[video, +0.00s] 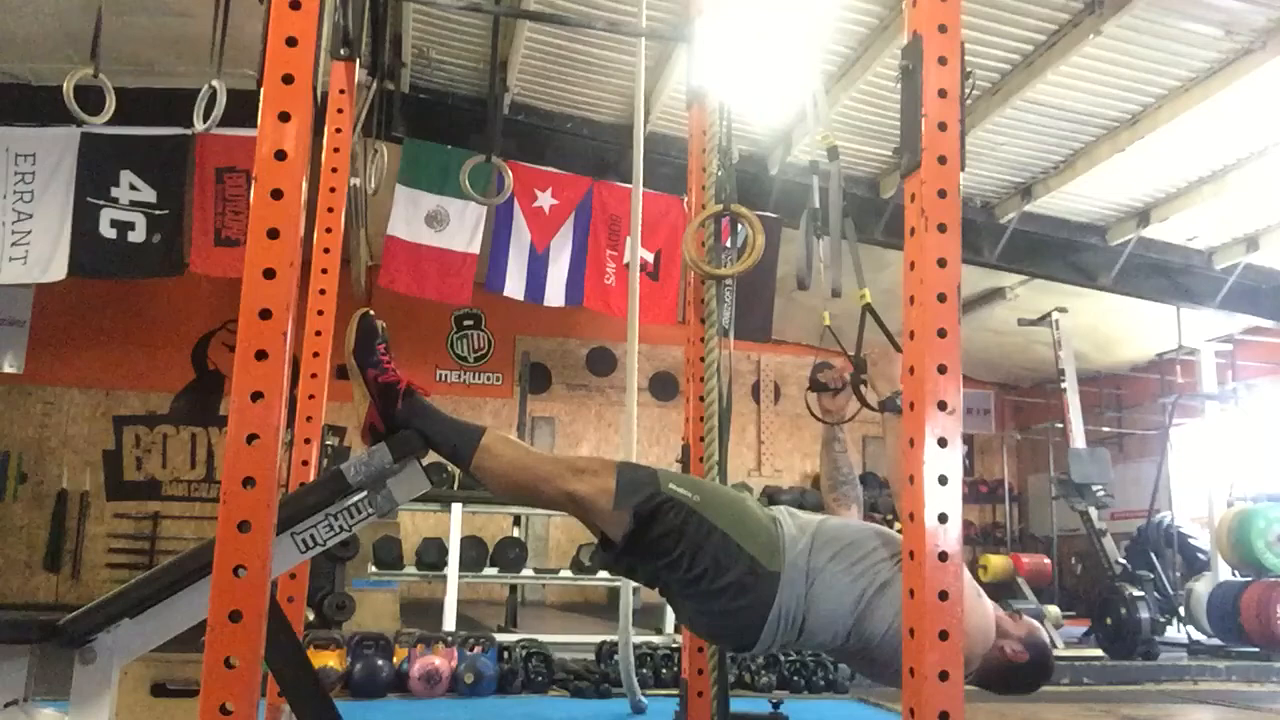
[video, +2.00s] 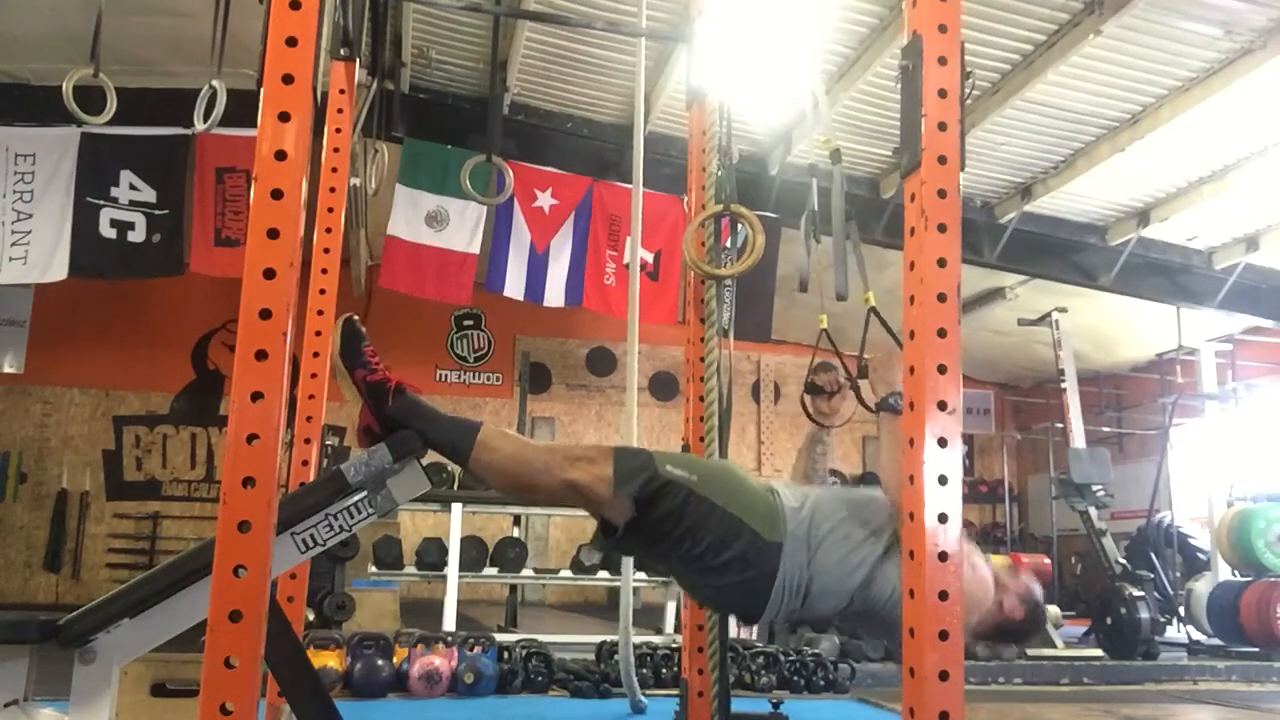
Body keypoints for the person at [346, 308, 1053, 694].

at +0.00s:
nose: (1015, 622)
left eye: (1019, 636)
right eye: (1024, 625)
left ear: (999, 656)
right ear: (1000, 632)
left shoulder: (968, 624)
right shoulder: (936, 621)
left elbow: (929, 537)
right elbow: (847, 512)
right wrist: (835, 415)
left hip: (764, 563)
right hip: (761, 552)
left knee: (596, 482)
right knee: (585, 488)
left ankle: (404, 406)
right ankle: (412, 444)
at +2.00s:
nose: (1017, 568)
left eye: (1024, 583)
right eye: (1025, 569)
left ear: (1007, 613)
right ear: (1002, 566)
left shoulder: (966, 596)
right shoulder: (947, 564)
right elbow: (859, 499)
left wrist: (934, 454)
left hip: (771, 549)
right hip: (766, 522)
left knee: (606, 479)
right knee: (600, 470)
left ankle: (402, 412)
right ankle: (416, 432)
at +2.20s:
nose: (1014, 502)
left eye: (1023, 512)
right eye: (1022, 499)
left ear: (1015, 544)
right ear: (1010, 492)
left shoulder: (969, 532)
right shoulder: (960, 496)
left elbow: (908, 490)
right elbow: (891, 460)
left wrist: (928, 428)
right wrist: (888, 409)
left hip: (786, 500)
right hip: (775, 475)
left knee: (605, 461)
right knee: (596, 453)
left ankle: (402, 417)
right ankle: (407, 415)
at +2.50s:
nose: (1019, 422)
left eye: (1030, 432)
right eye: (1025, 419)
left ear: (1027, 460)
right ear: (1011, 421)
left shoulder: (985, 465)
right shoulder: (964, 428)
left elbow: (907, 471)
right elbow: (886, 426)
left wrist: (918, 381)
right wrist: (895, 370)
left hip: (786, 443)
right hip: (776, 425)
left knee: (594, 373)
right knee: (579, 392)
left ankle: (389, 407)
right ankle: (398, 421)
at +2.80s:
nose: (925, 422)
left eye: (939, 432)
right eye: (937, 422)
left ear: (938, 467)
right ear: (927, 426)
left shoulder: (897, 486)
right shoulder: (884, 434)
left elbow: (825, 474)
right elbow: (828, 418)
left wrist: (824, 382)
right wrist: (830, 363)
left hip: (687, 418)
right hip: (688, 382)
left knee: (530, 294)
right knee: (515, 316)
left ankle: (370, 408)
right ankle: (378, 400)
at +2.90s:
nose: (894, 421)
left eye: (906, 434)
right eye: (904, 420)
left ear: (900, 470)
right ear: (891, 433)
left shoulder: (848, 480)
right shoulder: (832, 439)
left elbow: (772, 476)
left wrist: (802, 394)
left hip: (646, 405)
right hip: (646, 395)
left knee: (492, 276)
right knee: (485, 303)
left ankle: (352, 416)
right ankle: (357, 413)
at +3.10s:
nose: (809, 438)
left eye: (817, 452)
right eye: (817, 440)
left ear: (807, 471)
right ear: (804, 437)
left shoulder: (763, 473)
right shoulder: (746, 444)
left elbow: (679, 458)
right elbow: (602, 477)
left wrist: (710, 378)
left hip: (569, 373)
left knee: (410, 243)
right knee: (392, 296)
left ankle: (329, 421)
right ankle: (326, 421)